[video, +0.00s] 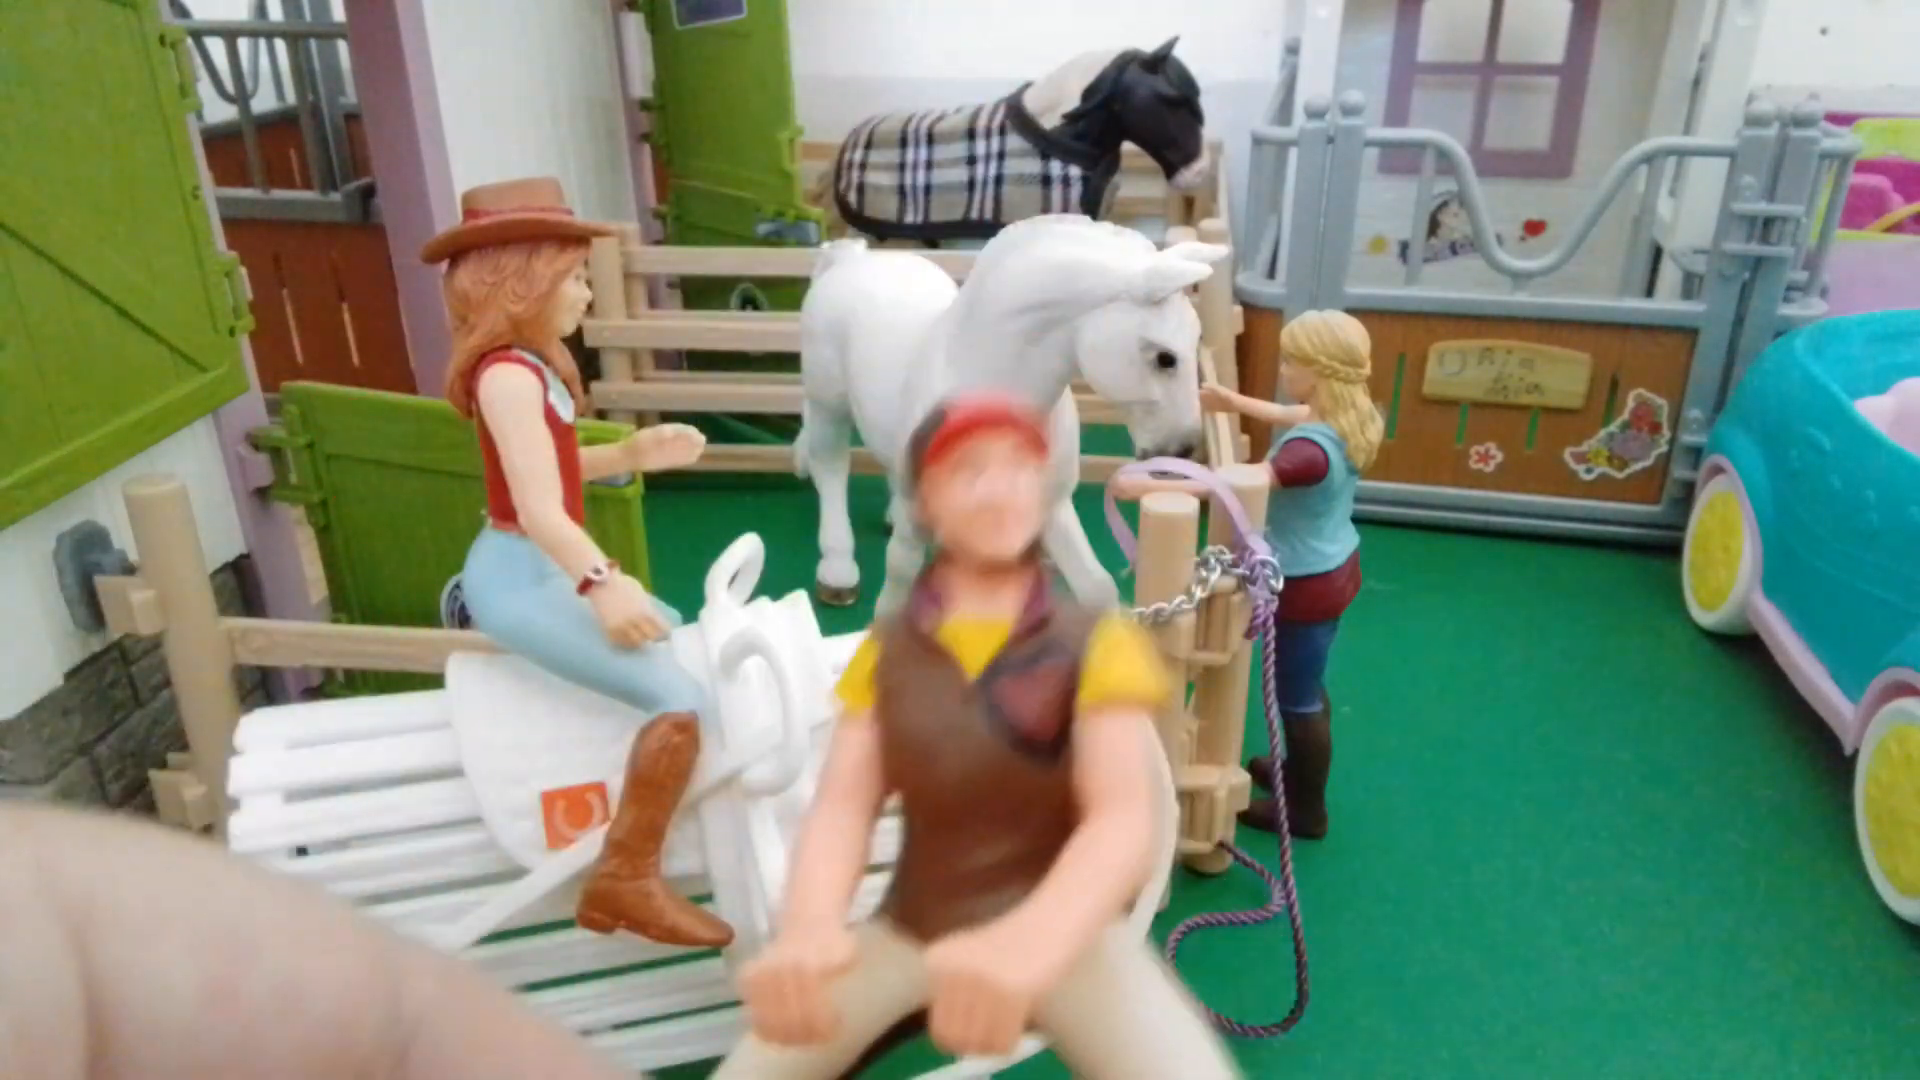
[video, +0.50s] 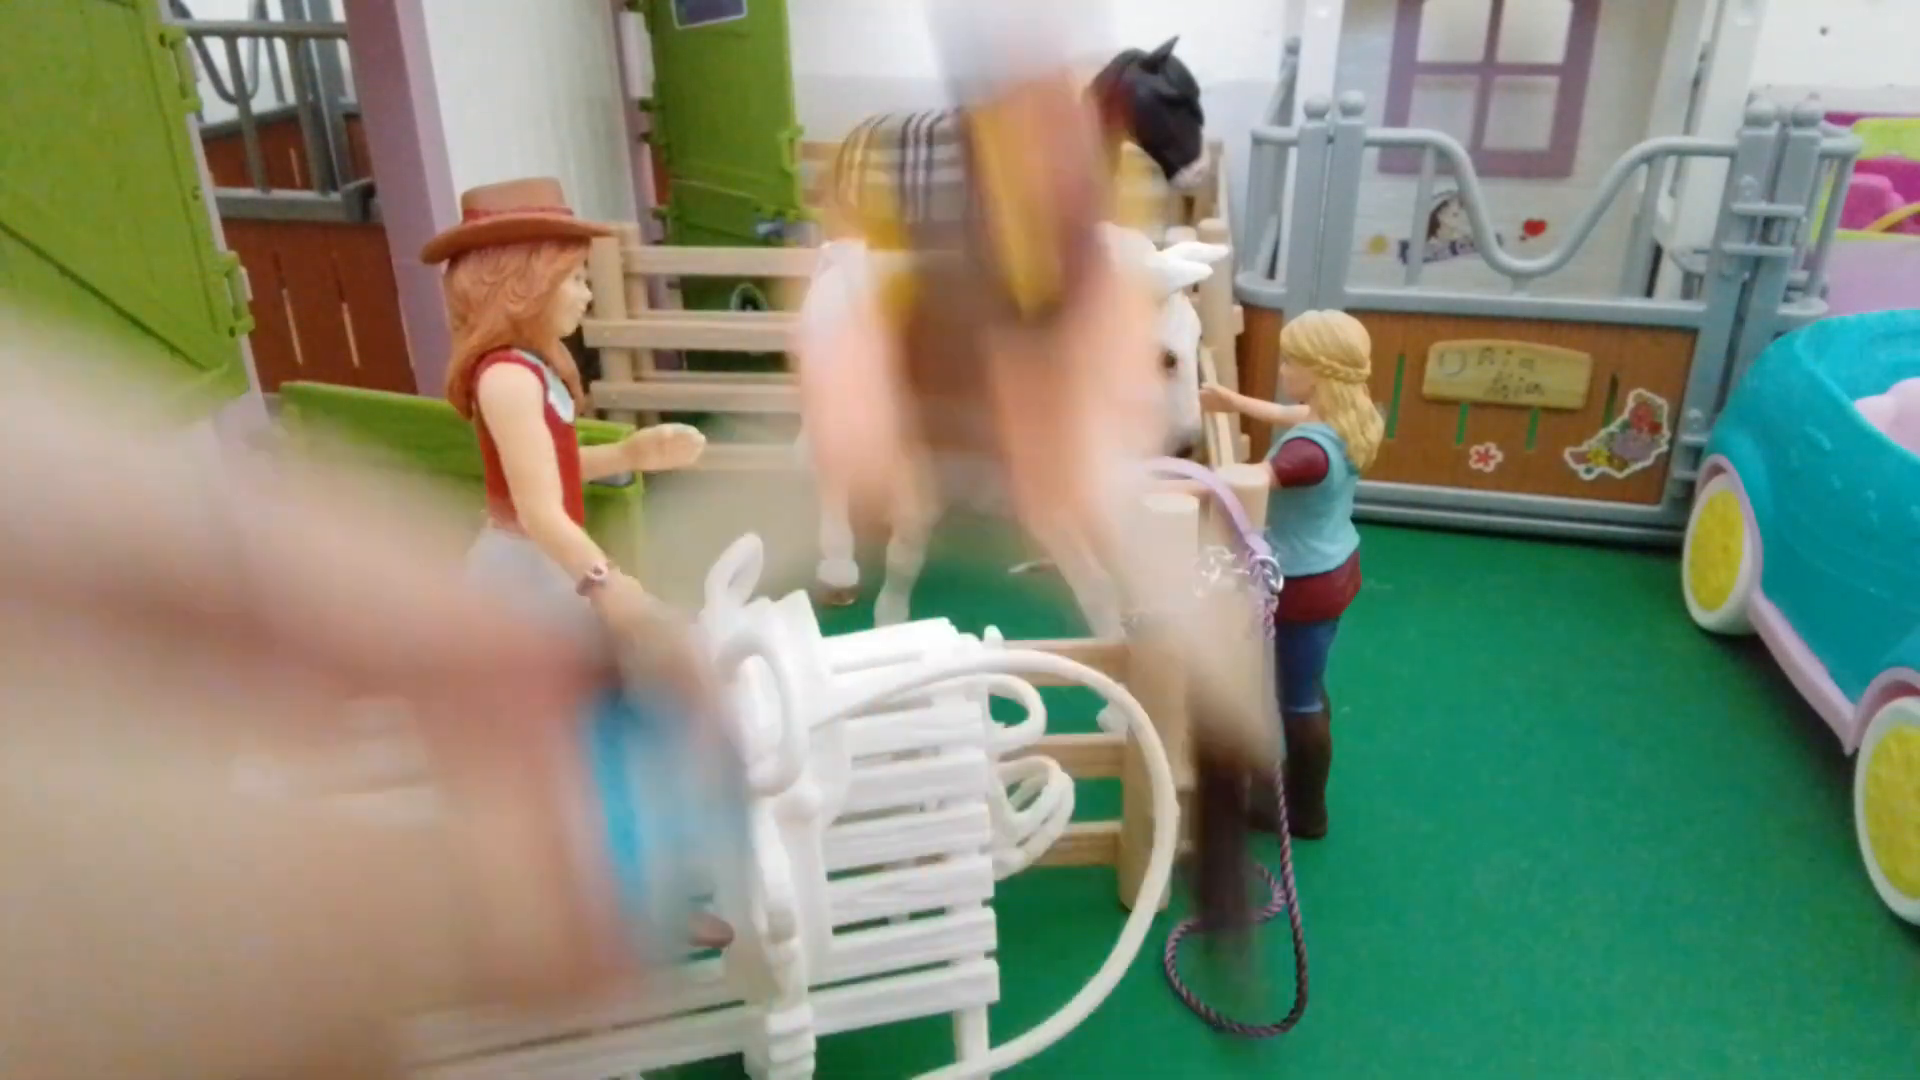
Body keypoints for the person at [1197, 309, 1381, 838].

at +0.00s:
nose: (1282, 371)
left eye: (1290, 362)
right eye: (1285, 360)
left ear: (1319, 373)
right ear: (1335, 374)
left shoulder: (1314, 447)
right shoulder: (1346, 418)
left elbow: (1249, 478)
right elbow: (1288, 415)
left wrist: (1165, 483)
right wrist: (1235, 400)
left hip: (1305, 587)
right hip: (1332, 564)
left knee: (1298, 699)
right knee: (1302, 680)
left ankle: (1304, 812)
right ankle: (1299, 771)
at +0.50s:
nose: (1282, 371)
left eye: (1290, 362)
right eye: (1284, 360)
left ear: (1319, 372)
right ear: (1334, 373)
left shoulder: (1316, 446)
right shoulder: (1348, 417)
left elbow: (1257, 477)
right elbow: (1288, 414)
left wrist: (1189, 481)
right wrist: (1237, 401)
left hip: (1305, 588)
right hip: (1334, 564)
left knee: (1298, 699)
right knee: (1305, 685)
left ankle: (1305, 813)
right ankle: (1303, 795)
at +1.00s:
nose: (1282, 369)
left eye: (1291, 359)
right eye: (1284, 358)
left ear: (1310, 372)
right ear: (1340, 372)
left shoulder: (1317, 444)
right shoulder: (1347, 421)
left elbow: (1258, 475)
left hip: (1308, 579)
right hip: (1335, 559)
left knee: (1299, 699)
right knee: (1308, 685)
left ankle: (1305, 804)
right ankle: (1306, 791)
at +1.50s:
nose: (1280, 369)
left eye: (1288, 362)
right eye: (1284, 360)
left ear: (1314, 374)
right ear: (1331, 372)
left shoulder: (1313, 447)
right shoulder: (1348, 417)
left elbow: (1251, 478)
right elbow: (1288, 416)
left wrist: (1163, 483)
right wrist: (1234, 401)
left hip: (1306, 587)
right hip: (1332, 568)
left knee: (1297, 700)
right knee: (1303, 682)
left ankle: (1305, 812)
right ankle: (1296, 773)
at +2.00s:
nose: (1282, 371)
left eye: (1289, 362)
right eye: (1284, 360)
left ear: (1317, 372)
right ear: (1336, 372)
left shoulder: (1314, 448)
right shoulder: (1348, 417)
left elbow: (1249, 479)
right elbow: (1290, 415)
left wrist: (1176, 484)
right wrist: (1238, 401)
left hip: (1305, 587)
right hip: (1333, 565)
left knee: (1298, 698)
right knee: (1301, 680)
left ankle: (1303, 810)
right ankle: (1298, 772)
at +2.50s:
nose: (1282, 371)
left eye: (1289, 362)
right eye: (1284, 361)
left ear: (1317, 373)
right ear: (1334, 374)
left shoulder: (1314, 448)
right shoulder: (1348, 417)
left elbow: (1243, 479)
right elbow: (1289, 416)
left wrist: (1156, 484)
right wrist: (1236, 400)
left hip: (1304, 588)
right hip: (1332, 567)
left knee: (1299, 700)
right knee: (1301, 682)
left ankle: (1304, 813)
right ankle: (1299, 773)